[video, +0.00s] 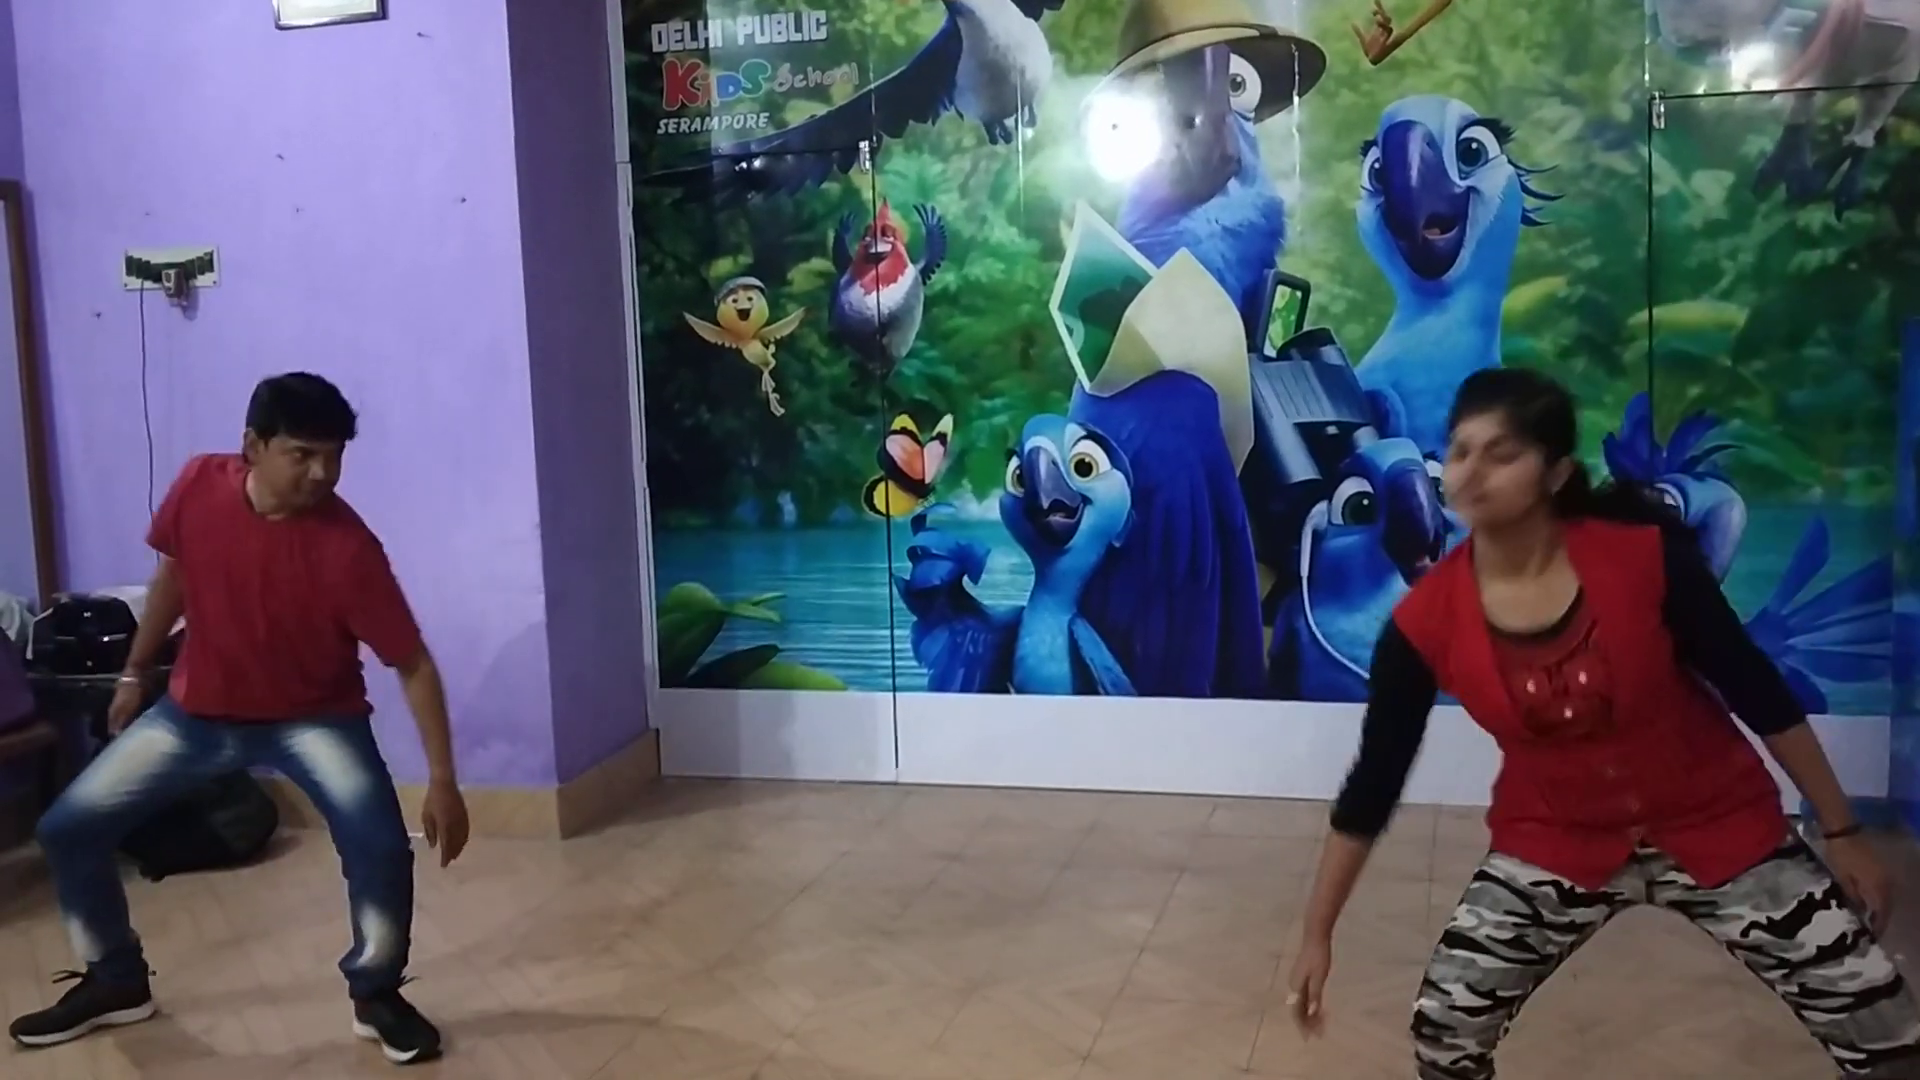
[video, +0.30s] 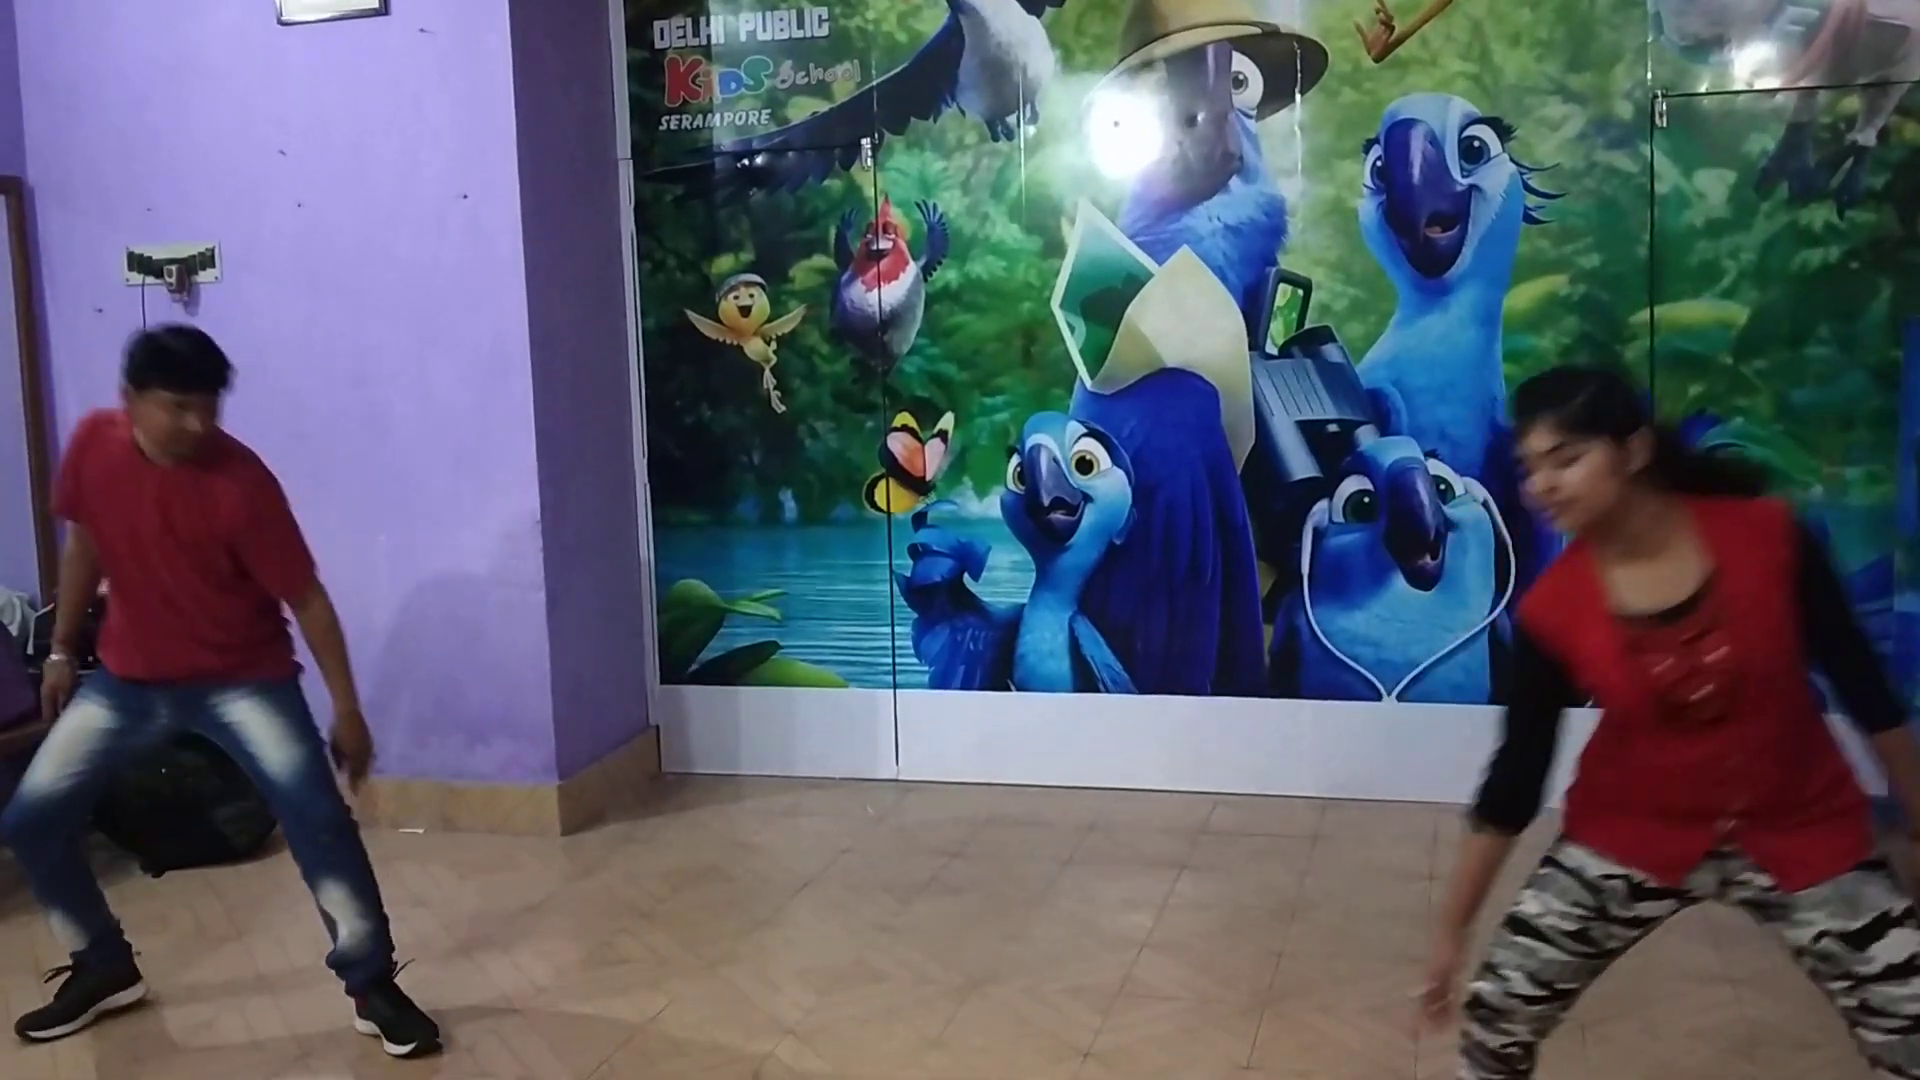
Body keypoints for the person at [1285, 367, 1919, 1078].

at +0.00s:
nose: (1469, 475)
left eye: (1498, 455)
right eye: (1458, 453)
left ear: (1555, 473)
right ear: (1445, 465)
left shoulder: (1648, 556)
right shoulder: (1426, 622)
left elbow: (1756, 689)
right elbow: (1373, 781)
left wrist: (1841, 828)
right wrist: (1315, 931)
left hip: (1711, 820)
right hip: (1553, 841)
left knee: (1873, 1009)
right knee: (1447, 1025)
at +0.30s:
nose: (1543, 487)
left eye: (1565, 459)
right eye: (1531, 470)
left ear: (1635, 449)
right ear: (1523, 477)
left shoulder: (1770, 538)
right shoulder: (1551, 615)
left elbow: (1868, 691)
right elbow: (1515, 780)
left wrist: (1917, 822)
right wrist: (1451, 933)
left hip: (1798, 830)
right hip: (1633, 837)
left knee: (1912, 1028)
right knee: (1496, 1017)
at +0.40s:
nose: (1610, 421)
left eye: (1626, 393)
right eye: (1599, 405)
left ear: (1699, 379)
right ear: (1595, 414)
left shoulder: (1841, 479)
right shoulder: (1618, 540)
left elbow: (1909, 637)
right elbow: (1579, 705)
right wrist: (1526, 861)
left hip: (1840, 782)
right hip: (1678, 789)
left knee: (1917, 1013)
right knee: (1540, 995)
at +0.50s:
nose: (1648, 342)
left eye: (1666, 314)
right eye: (1642, 322)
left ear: (1746, 306)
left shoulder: (1887, 414)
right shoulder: (1657, 457)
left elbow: (1919, 555)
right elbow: (1621, 626)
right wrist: (1581, 785)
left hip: (1865, 727)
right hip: (1707, 729)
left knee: (1905, 975)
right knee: (1595, 942)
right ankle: (1529, 1070)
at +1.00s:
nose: (1626, 306)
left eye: (1648, 284)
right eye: (1629, 286)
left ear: (1721, 293)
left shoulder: (1831, 437)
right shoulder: (1619, 432)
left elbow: (1889, 624)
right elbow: (1589, 587)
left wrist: (1911, 802)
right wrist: (1541, 713)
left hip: (1793, 753)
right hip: (1645, 743)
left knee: (1855, 992)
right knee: (1546, 933)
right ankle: (1517, 1071)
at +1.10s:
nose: (1565, 321)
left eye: (1586, 300)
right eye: (1569, 301)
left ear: (1652, 311)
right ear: (1628, 315)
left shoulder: (1745, 455)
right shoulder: (1559, 446)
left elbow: (1779, 641)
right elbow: (1529, 591)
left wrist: (1804, 816)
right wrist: (1487, 705)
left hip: (1714, 766)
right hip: (1590, 756)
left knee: (1804, 979)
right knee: (1487, 921)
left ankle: (1892, 1065)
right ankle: (1503, 1071)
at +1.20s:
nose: (1490, 325)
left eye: (1509, 308)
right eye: (1495, 307)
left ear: (1571, 323)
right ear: (1554, 323)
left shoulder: (1631, 465)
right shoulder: (1495, 445)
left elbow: (1644, 648)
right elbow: (1462, 579)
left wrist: (1646, 815)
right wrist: (1412, 682)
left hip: (1621, 762)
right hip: (1514, 748)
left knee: (1684, 982)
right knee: (1430, 920)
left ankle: (1807, 1065)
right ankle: (1482, 1071)